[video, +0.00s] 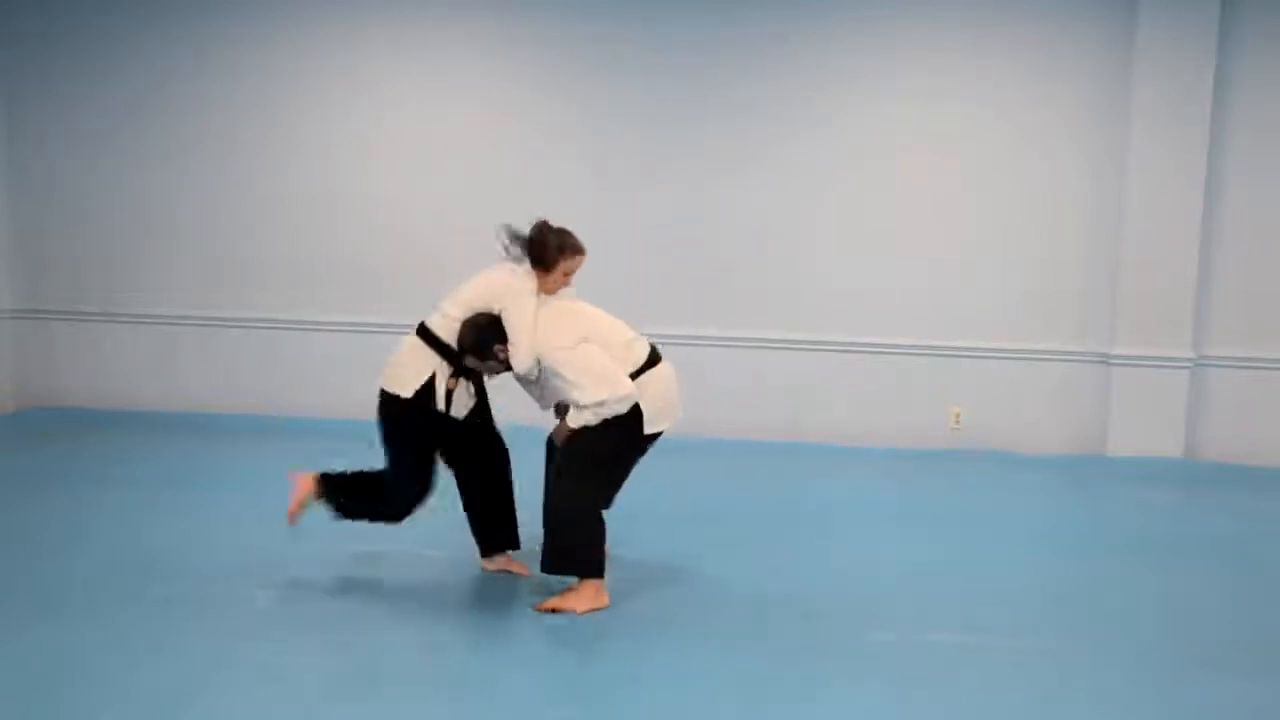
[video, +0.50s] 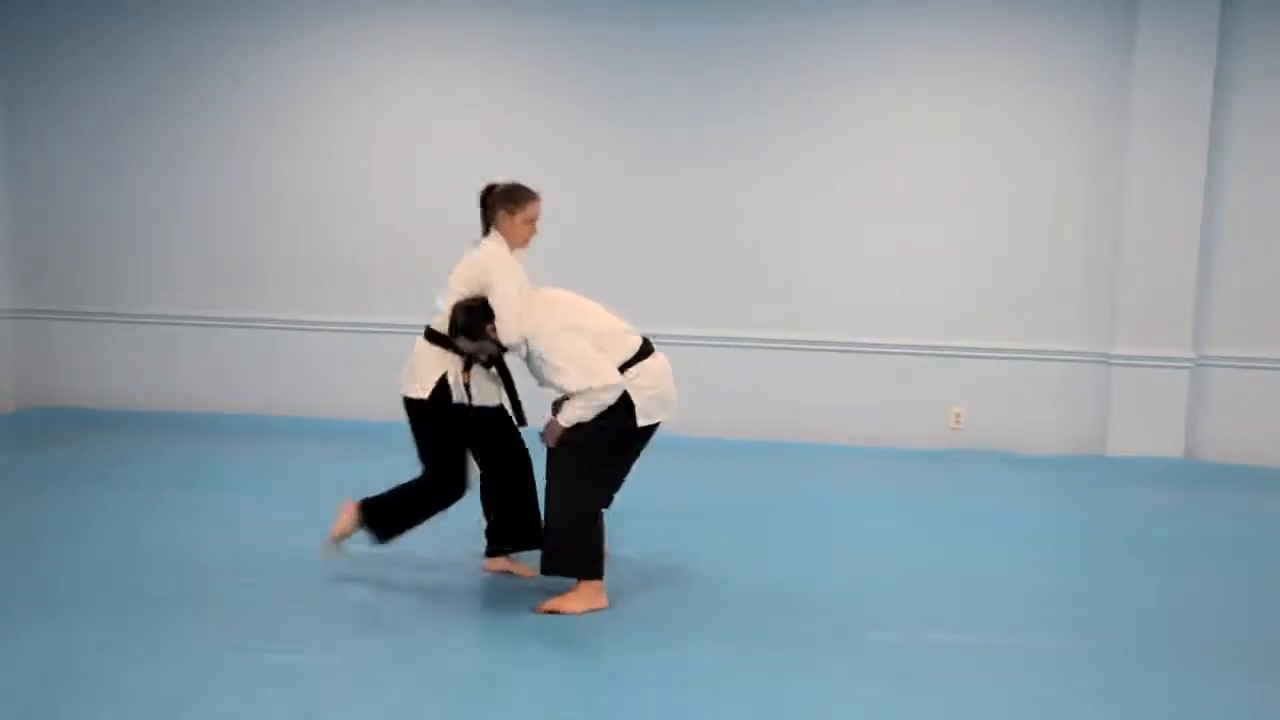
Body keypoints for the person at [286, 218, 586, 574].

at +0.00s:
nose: (571, 282)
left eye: (574, 273)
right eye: (567, 274)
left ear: (546, 264)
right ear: (546, 267)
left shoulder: (527, 287)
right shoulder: (514, 286)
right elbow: (524, 363)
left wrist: (560, 402)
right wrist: (551, 398)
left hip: (460, 388)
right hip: (415, 384)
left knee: (487, 461)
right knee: (405, 491)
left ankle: (495, 553)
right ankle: (320, 487)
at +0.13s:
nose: (562, 306)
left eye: (565, 298)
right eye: (559, 297)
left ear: (537, 287)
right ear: (538, 288)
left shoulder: (514, 308)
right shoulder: (511, 311)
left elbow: (516, 380)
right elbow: (522, 387)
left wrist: (560, 407)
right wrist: (556, 410)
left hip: (439, 405)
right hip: (407, 399)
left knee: (494, 457)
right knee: (340, 479)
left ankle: (494, 550)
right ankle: (233, 544)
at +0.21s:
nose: (552, 314)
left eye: (554, 305)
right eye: (547, 305)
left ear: (523, 299)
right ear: (524, 300)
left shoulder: (502, 322)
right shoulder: (501, 324)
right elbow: (521, 397)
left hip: (438, 423)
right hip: (402, 417)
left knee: (500, 461)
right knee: (329, 483)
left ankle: (499, 552)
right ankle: (226, 552)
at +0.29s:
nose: (549, 305)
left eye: (552, 297)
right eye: (546, 296)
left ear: (521, 291)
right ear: (520, 290)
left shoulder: (497, 321)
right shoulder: (500, 322)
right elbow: (517, 395)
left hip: (444, 421)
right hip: (410, 417)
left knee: (506, 461)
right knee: (338, 489)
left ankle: (500, 553)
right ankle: (229, 549)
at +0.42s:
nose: (550, 256)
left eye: (551, 248)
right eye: (545, 248)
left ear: (519, 247)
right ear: (518, 247)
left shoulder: (504, 281)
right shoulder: (507, 283)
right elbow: (510, 360)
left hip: (466, 393)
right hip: (429, 391)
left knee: (511, 459)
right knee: (387, 490)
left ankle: (501, 553)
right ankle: (282, 533)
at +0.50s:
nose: (535, 230)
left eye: (536, 222)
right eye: (530, 222)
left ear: (508, 219)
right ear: (504, 219)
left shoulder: (493, 256)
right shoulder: (498, 262)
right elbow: (511, 334)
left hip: (473, 379)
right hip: (438, 380)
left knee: (507, 455)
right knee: (448, 481)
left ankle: (500, 553)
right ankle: (362, 514)